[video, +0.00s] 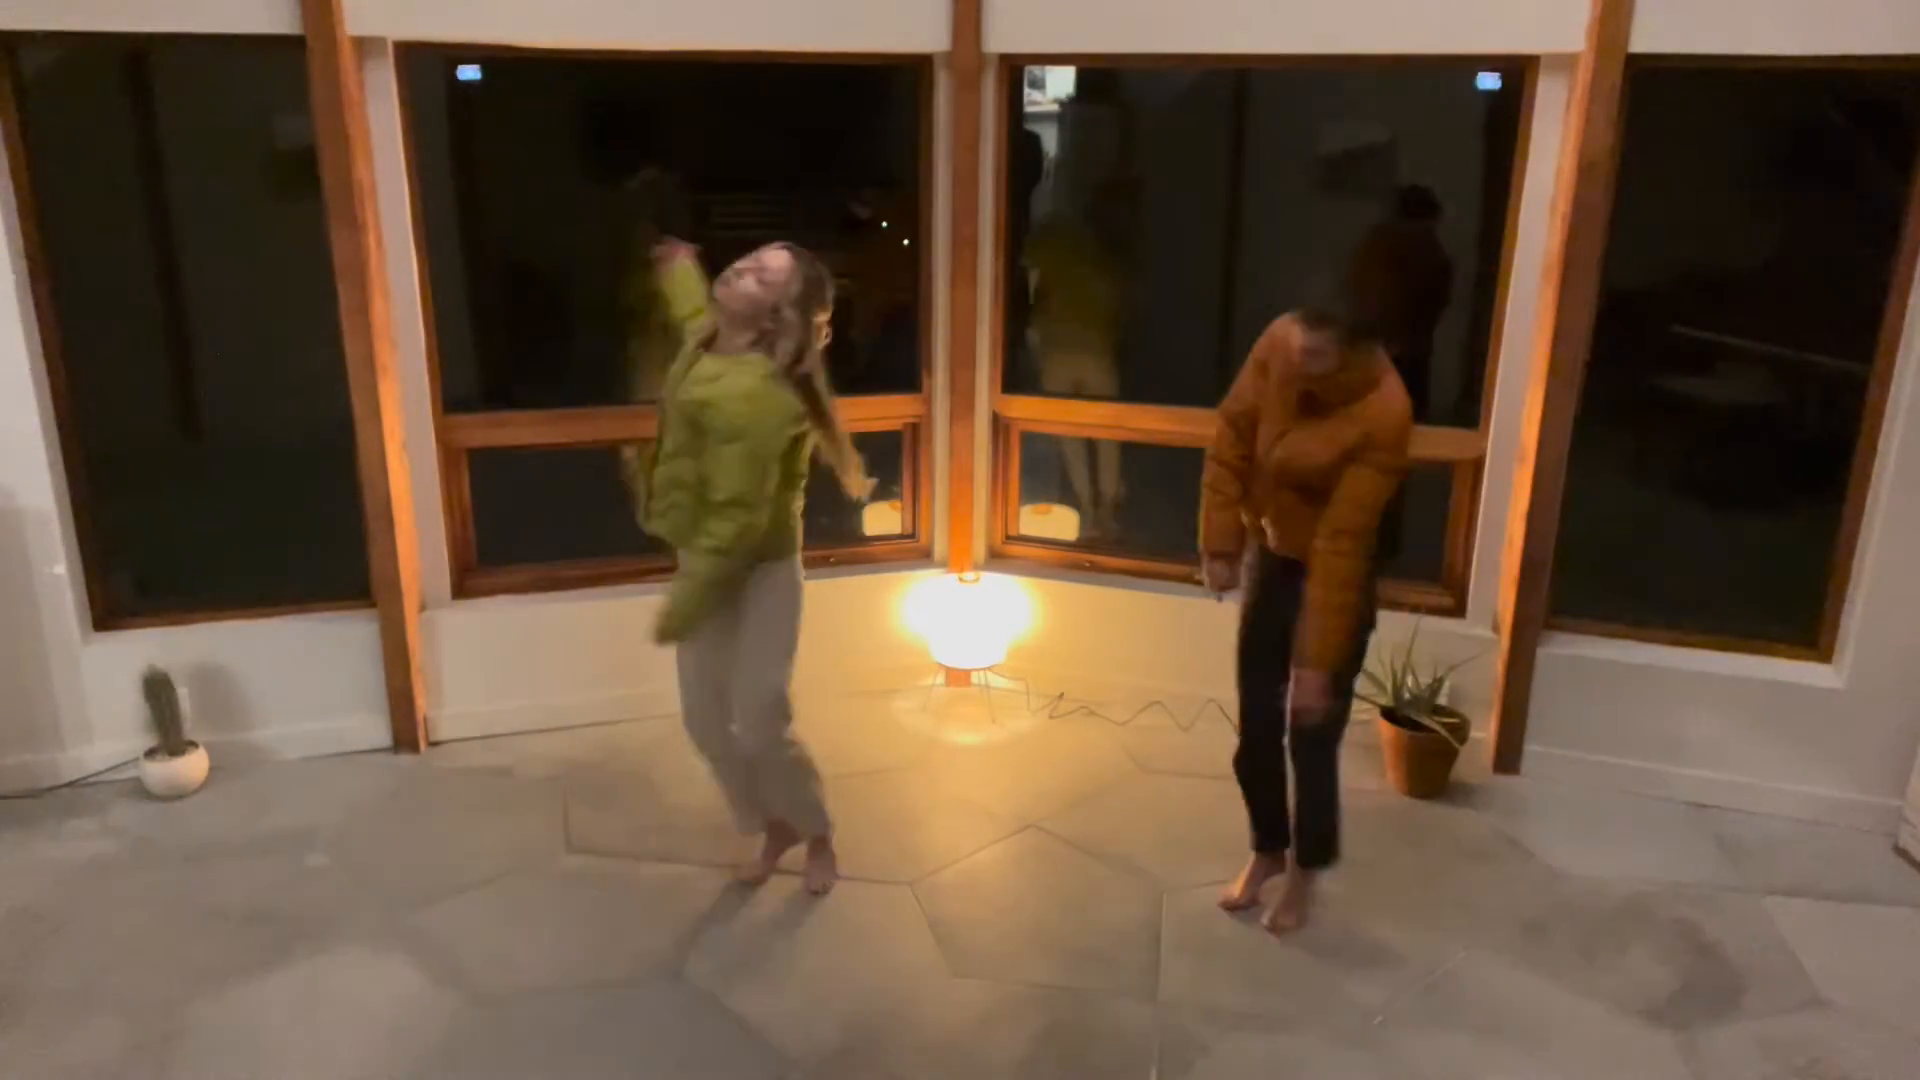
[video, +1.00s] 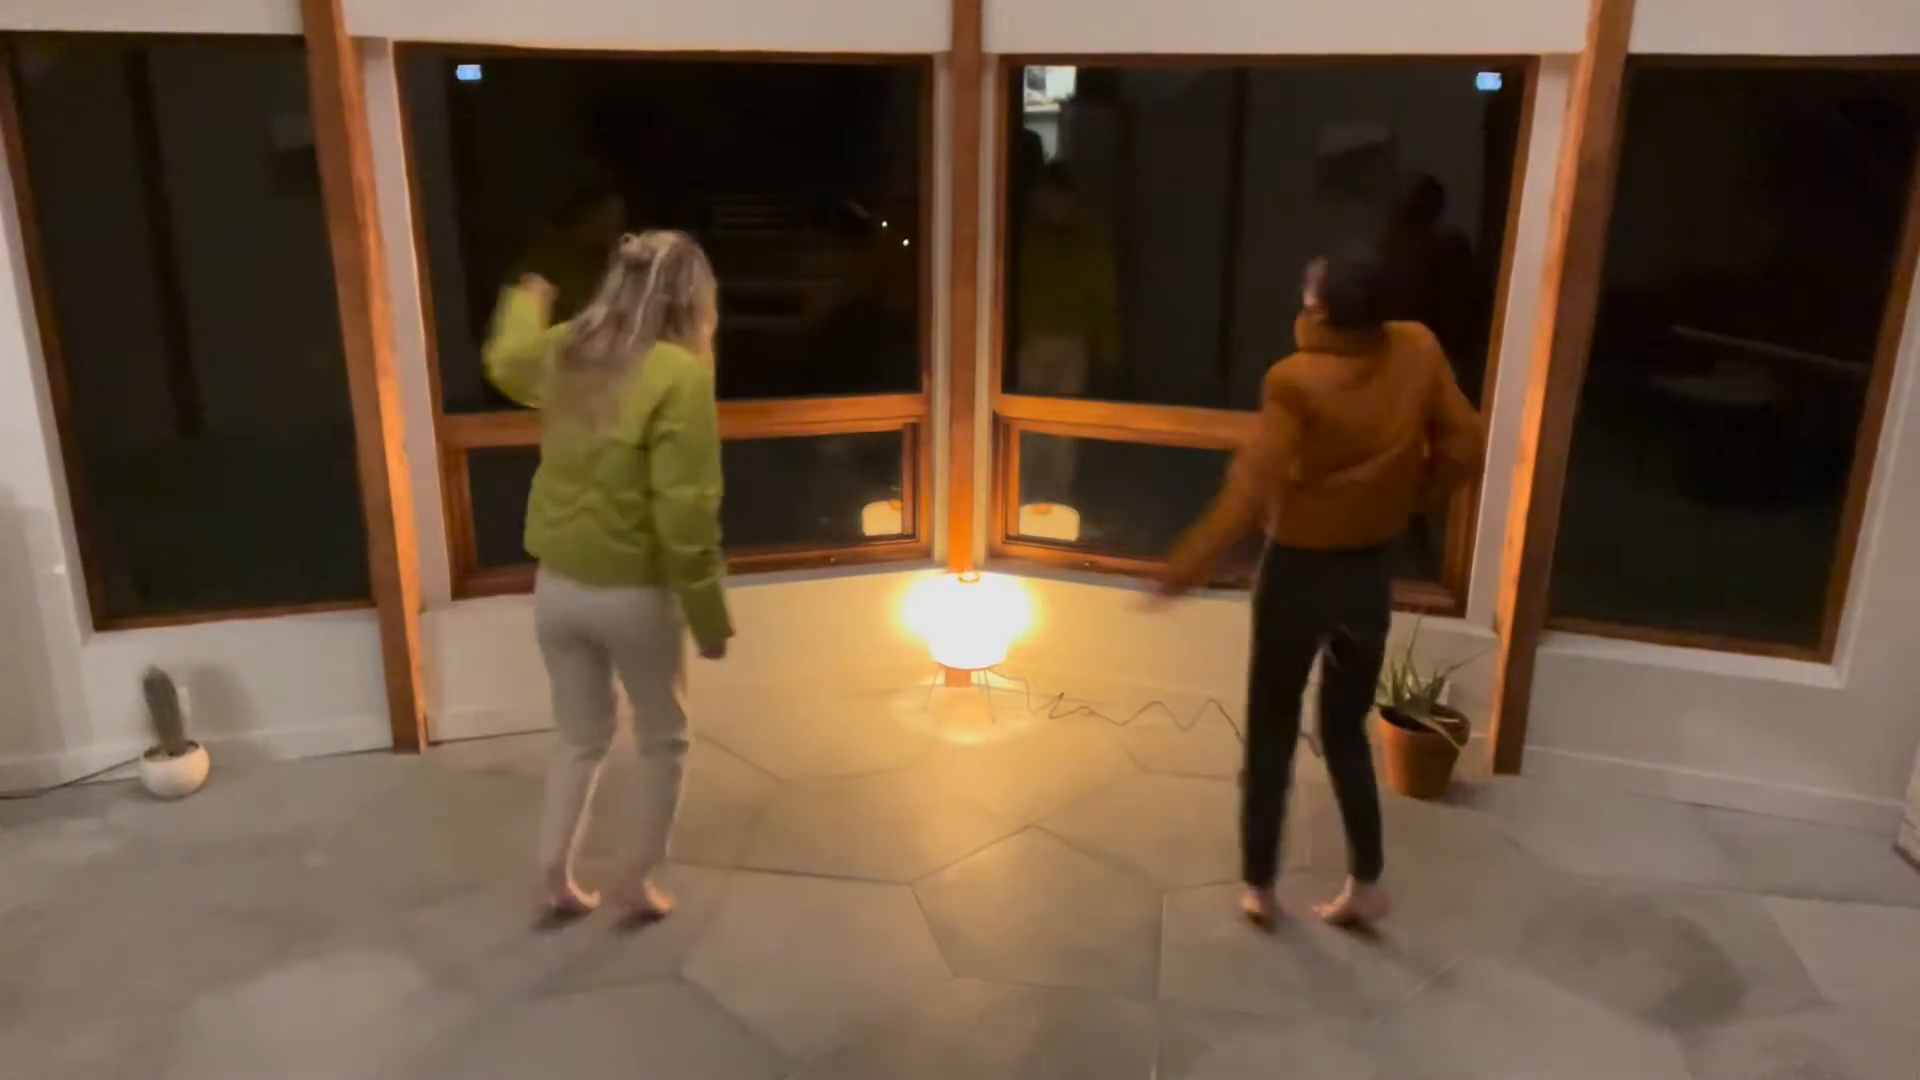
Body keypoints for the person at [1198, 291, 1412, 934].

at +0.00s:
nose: (1302, 357)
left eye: (1320, 352)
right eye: (1302, 342)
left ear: (1357, 351)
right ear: (1297, 329)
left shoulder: (1385, 412)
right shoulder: (1281, 343)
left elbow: (1345, 541)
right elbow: (1231, 433)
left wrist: (1317, 659)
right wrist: (1220, 539)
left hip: (1337, 577)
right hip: (1274, 562)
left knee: (1311, 731)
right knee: (1257, 724)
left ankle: (1303, 871)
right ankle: (1266, 853)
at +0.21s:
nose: (1374, 340)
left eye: (1393, 332)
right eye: (1369, 319)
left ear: (1409, 335)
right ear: (1345, 301)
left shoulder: (1406, 404)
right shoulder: (1292, 335)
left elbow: (1421, 521)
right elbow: (1227, 430)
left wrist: (1463, 628)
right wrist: (1250, 537)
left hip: (1331, 567)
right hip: (1255, 554)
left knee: (1316, 733)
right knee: (1239, 725)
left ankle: (1294, 882)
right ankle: (1219, 850)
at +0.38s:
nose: (1408, 330)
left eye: (1416, 319)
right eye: (1400, 312)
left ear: (1413, 322)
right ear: (1359, 300)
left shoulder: (1378, 380)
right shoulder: (1302, 340)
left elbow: (1415, 497)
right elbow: (1258, 453)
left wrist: (1486, 583)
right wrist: (1315, 549)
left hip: (1322, 568)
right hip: (1266, 557)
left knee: (1300, 728)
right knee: (1259, 725)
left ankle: (1255, 841)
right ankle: (1216, 851)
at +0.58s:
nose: (1397, 315)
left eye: (1402, 302)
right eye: (1393, 299)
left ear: (1360, 286)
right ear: (1359, 286)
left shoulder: (1316, 331)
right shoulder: (1342, 334)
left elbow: (1266, 430)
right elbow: (1340, 444)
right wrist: (1389, 520)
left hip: (1282, 563)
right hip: (1301, 571)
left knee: (1287, 728)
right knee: (1324, 742)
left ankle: (1254, 856)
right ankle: (1259, 877)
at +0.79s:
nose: (1269, 319)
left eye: (1270, 309)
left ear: (1280, 306)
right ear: (1345, 294)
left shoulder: (1263, 373)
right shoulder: (1389, 345)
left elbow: (1203, 472)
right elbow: (1441, 451)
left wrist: (1127, 525)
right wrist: (1432, 513)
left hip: (1278, 570)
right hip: (1354, 574)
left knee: (1262, 728)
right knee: (1332, 732)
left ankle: (1248, 872)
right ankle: (1278, 876)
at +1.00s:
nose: (1301, 308)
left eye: (1308, 299)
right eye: (1307, 296)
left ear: (1326, 310)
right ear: (1367, 306)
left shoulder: (1294, 381)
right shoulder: (1416, 348)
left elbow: (1248, 496)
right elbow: (1467, 443)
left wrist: (1179, 571)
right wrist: (1411, 494)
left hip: (1295, 576)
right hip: (1369, 575)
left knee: (1271, 730)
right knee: (1345, 726)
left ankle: (1258, 887)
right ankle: (1366, 885)